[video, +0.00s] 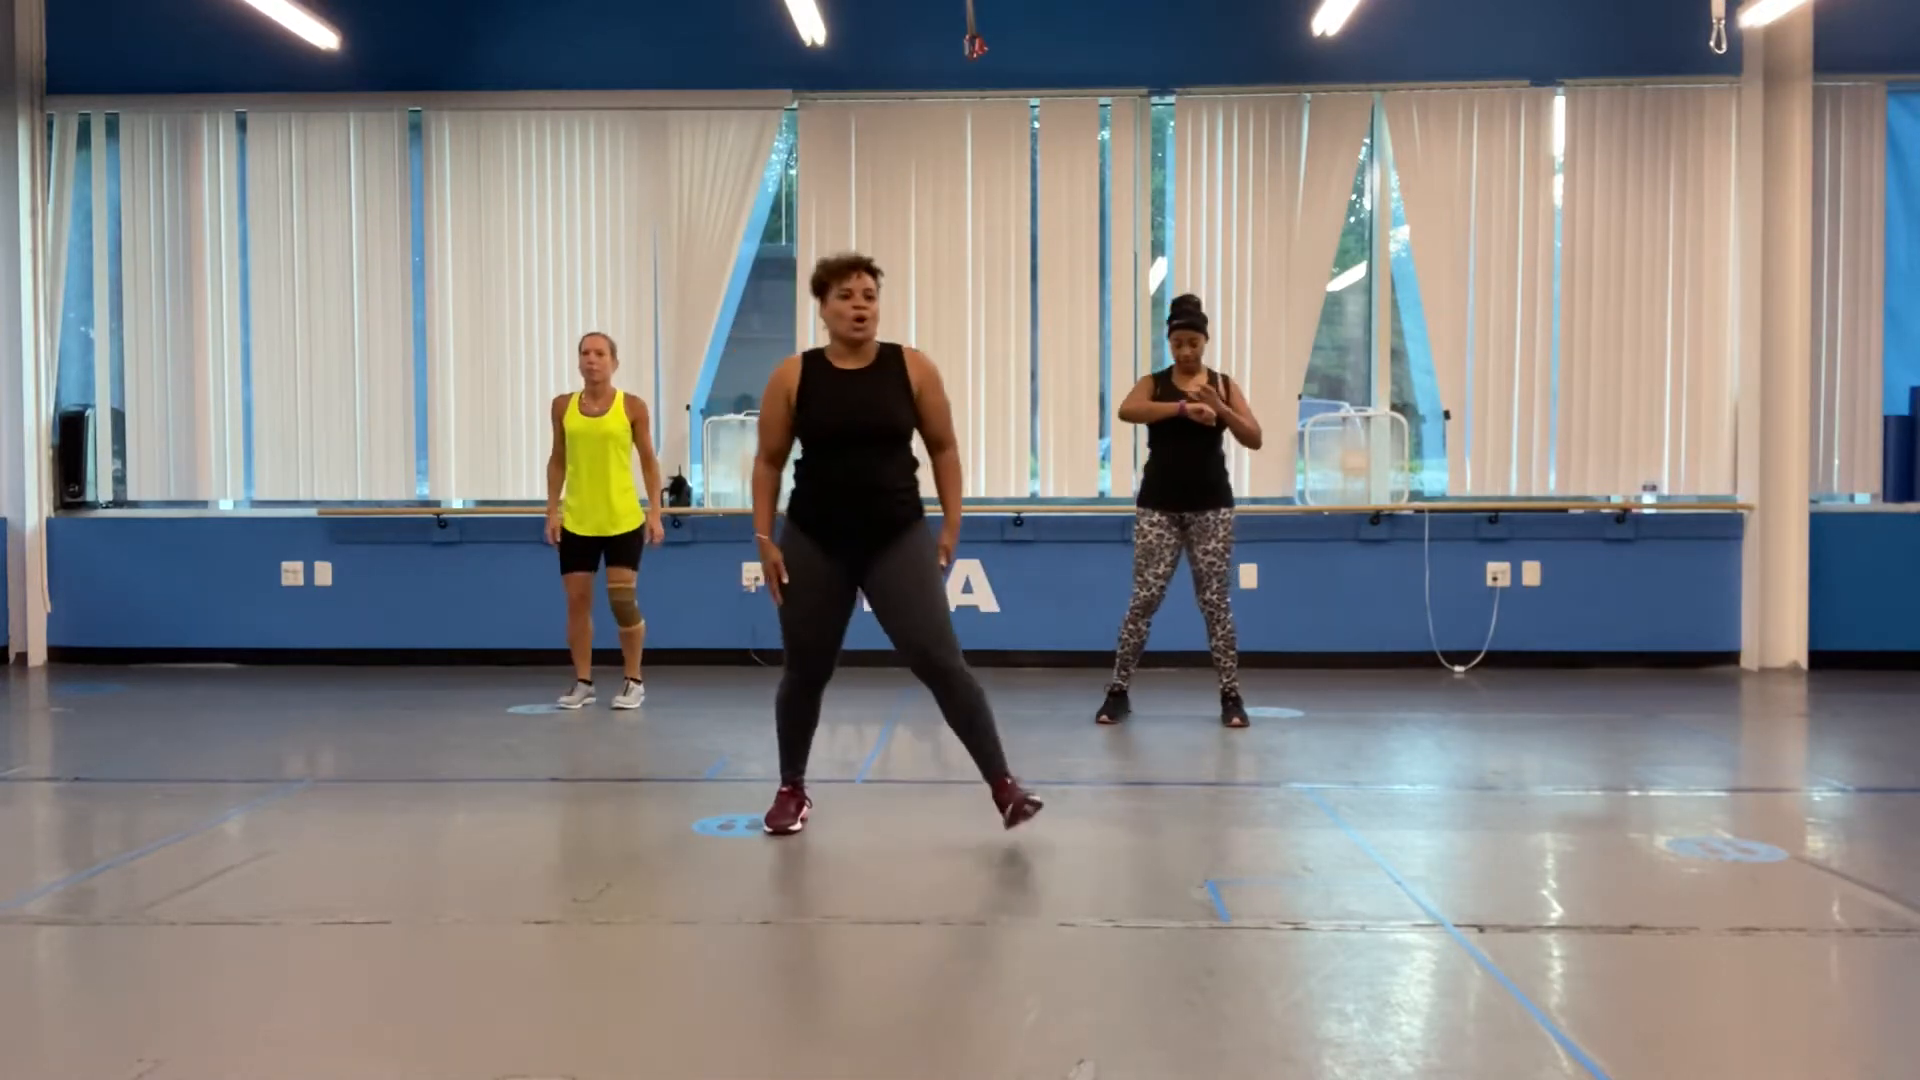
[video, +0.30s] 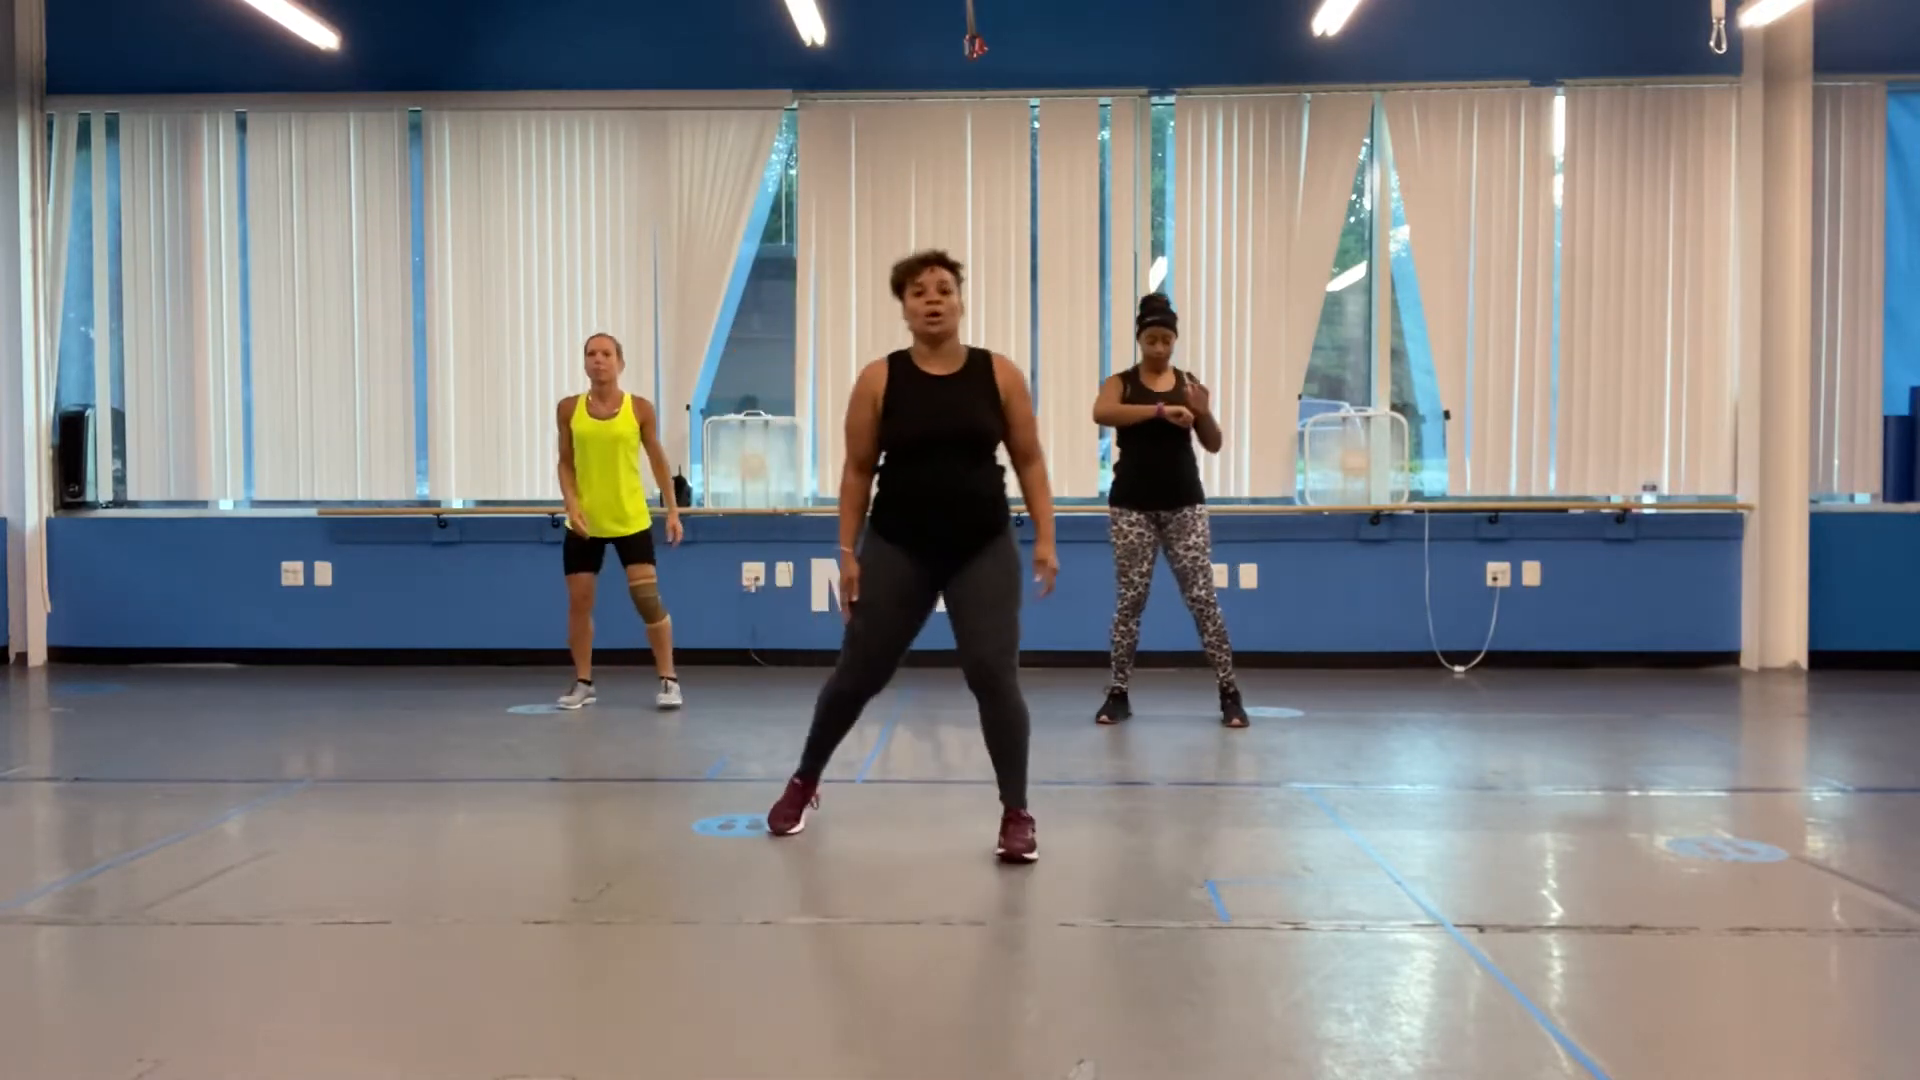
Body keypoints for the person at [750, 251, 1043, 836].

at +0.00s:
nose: (860, 305)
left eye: (869, 295)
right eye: (846, 296)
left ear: (880, 305)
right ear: (822, 308)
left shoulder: (914, 370)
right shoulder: (793, 377)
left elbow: (943, 449)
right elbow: (768, 461)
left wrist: (951, 526)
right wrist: (765, 540)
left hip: (897, 537)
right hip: (815, 540)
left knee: (941, 662)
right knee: (805, 670)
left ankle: (1002, 783)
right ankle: (791, 789)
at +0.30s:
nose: (933, 301)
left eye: (943, 292)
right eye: (921, 293)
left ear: (961, 302)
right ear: (903, 306)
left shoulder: (998, 375)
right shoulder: (879, 380)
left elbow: (1029, 460)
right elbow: (858, 470)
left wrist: (1045, 537)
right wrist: (847, 557)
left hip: (982, 546)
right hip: (898, 546)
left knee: (993, 672)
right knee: (860, 670)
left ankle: (1017, 814)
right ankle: (805, 780)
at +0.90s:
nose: (992, 287)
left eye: (1002, 277)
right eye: (978, 280)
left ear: (1018, 288)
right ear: (958, 295)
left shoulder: (1056, 356)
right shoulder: (930, 360)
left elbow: (1079, 449)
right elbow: (908, 453)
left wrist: (1071, 533)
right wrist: (915, 536)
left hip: (1032, 538)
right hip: (951, 539)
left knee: (1021, 675)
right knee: (963, 674)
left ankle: (1018, 814)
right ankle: (965, 812)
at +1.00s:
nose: (993, 285)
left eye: (1003, 275)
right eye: (978, 278)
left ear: (1018, 286)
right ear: (959, 293)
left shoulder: (1058, 356)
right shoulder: (930, 359)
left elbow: (1080, 449)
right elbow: (908, 453)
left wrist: (1073, 532)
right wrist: (916, 536)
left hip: (1033, 538)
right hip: (952, 540)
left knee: (1022, 676)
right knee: (963, 675)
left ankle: (1018, 815)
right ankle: (965, 812)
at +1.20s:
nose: (995, 284)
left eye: (1006, 275)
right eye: (981, 278)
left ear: (1021, 286)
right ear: (961, 293)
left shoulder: (1059, 357)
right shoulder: (934, 360)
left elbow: (1086, 449)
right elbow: (907, 455)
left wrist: (1087, 534)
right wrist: (915, 540)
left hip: (1036, 539)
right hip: (954, 539)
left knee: (1024, 677)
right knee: (964, 675)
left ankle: (1017, 815)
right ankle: (965, 812)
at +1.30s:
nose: (997, 285)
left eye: (1007, 276)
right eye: (982, 278)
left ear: (1023, 288)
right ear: (963, 293)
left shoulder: (1062, 359)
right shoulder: (936, 364)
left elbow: (1097, 445)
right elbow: (903, 455)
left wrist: (1109, 525)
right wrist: (899, 537)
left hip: (1037, 541)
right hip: (954, 541)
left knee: (1025, 678)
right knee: (966, 676)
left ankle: (1017, 815)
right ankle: (965, 812)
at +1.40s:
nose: (999, 285)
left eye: (1008, 275)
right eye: (984, 278)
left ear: (1024, 287)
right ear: (964, 294)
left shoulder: (1065, 361)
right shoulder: (937, 366)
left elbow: (1105, 445)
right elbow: (899, 452)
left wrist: (1126, 523)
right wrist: (883, 532)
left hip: (1039, 543)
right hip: (956, 542)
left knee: (1026, 679)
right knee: (967, 677)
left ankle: (1017, 815)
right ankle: (965, 812)